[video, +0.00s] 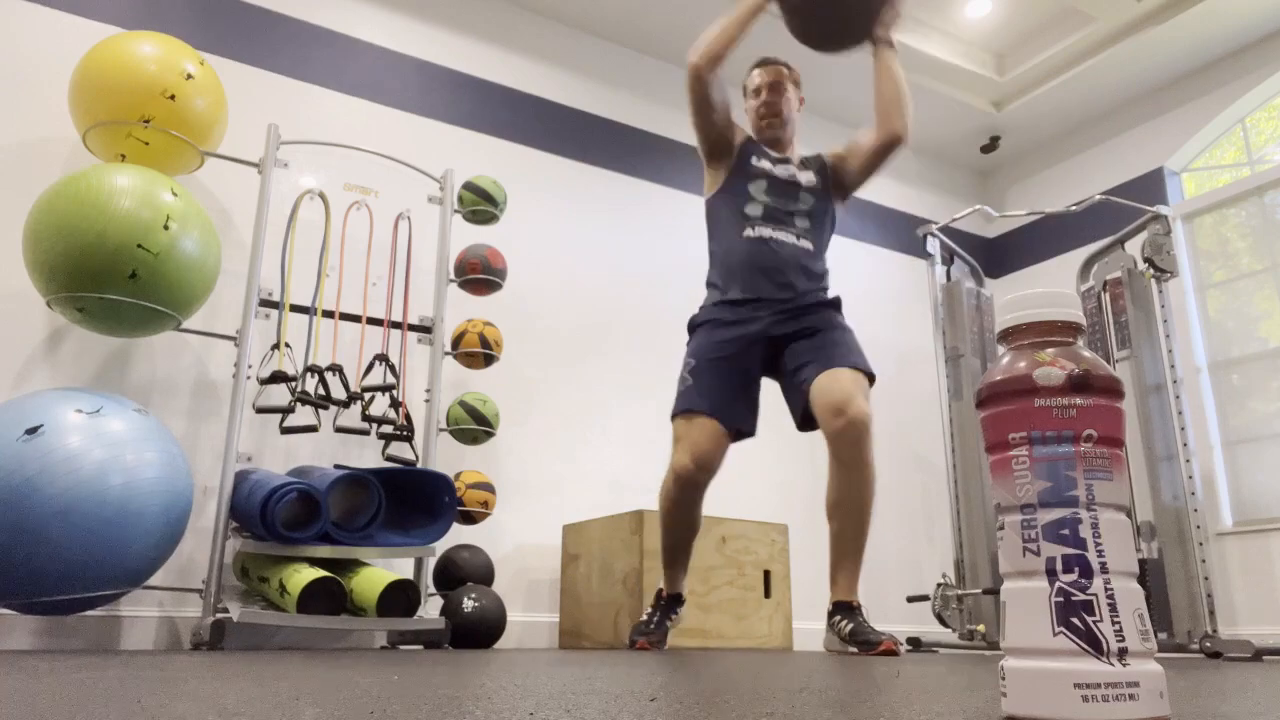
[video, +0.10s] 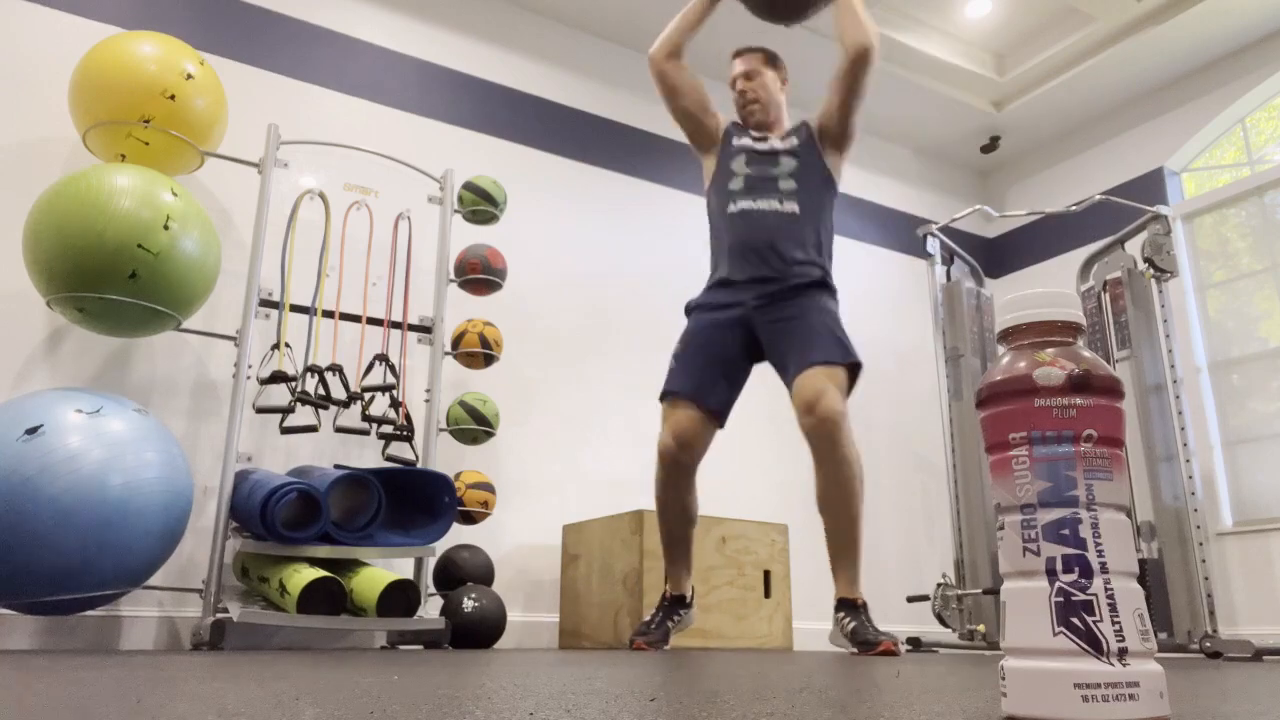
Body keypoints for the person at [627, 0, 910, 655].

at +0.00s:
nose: (767, 94)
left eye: (779, 86)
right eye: (757, 88)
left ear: (801, 102)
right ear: (743, 108)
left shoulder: (826, 174)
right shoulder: (727, 153)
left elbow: (892, 131)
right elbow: (699, 67)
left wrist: (883, 40)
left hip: (810, 317)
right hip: (728, 318)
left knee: (850, 415)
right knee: (690, 465)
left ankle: (845, 608)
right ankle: (669, 596)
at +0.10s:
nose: (741, 83)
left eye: (753, 73)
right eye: (735, 79)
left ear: (784, 83)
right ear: (731, 96)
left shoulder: (821, 140)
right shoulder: (718, 144)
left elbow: (861, 48)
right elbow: (663, 58)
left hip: (801, 297)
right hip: (724, 302)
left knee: (825, 412)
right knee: (675, 444)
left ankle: (850, 604)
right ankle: (676, 596)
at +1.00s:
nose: (581, 373)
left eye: (574, 359)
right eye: (575, 366)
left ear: (586, 333)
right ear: (596, 337)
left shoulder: (618, 323)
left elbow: (636, 436)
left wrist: (609, 533)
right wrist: (666, 554)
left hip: (790, 348)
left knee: (703, 496)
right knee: (664, 450)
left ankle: (876, 591)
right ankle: (708, 611)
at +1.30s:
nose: (578, 333)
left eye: (575, 319)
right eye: (573, 323)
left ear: (596, 298)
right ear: (601, 300)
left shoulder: (640, 296)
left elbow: (656, 418)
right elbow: (692, 427)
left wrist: (611, 500)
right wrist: (662, 521)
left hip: (809, 338)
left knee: (712, 469)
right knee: (680, 448)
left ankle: (868, 600)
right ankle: (710, 613)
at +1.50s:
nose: (601, 242)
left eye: (604, 227)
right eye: (599, 232)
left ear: (638, 215)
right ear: (643, 221)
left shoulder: (671, 233)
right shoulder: (699, 279)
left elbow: (646, 354)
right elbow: (706, 390)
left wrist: (578, 410)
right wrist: (633, 454)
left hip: (818, 327)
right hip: (784, 341)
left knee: (727, 461)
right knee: (686, 437)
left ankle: (873, 605)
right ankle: (712, 614)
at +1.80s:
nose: (684, 127)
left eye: (694, 115)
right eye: (685, 119)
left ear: (731, 116)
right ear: (726, 118)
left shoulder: (751, 144)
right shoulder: (727, 224)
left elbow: (644, 174)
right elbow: (672, 292)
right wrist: (602, 255)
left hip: (795, 318)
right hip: (757, 330)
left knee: (722, 455)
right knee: (659, 440)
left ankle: (864, 599)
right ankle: (705, 604)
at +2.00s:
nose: (742, 85)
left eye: (753, 75)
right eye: (736, 80)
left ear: (779, 81)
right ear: (734, 96)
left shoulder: (801, 125)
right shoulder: (730, 168)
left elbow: (749, 16)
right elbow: (645, 173)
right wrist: (632, 101)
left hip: (774, 303)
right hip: (718, 314)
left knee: (740, 422)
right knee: (640, 439)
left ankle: (841, 596)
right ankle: (700, 598)